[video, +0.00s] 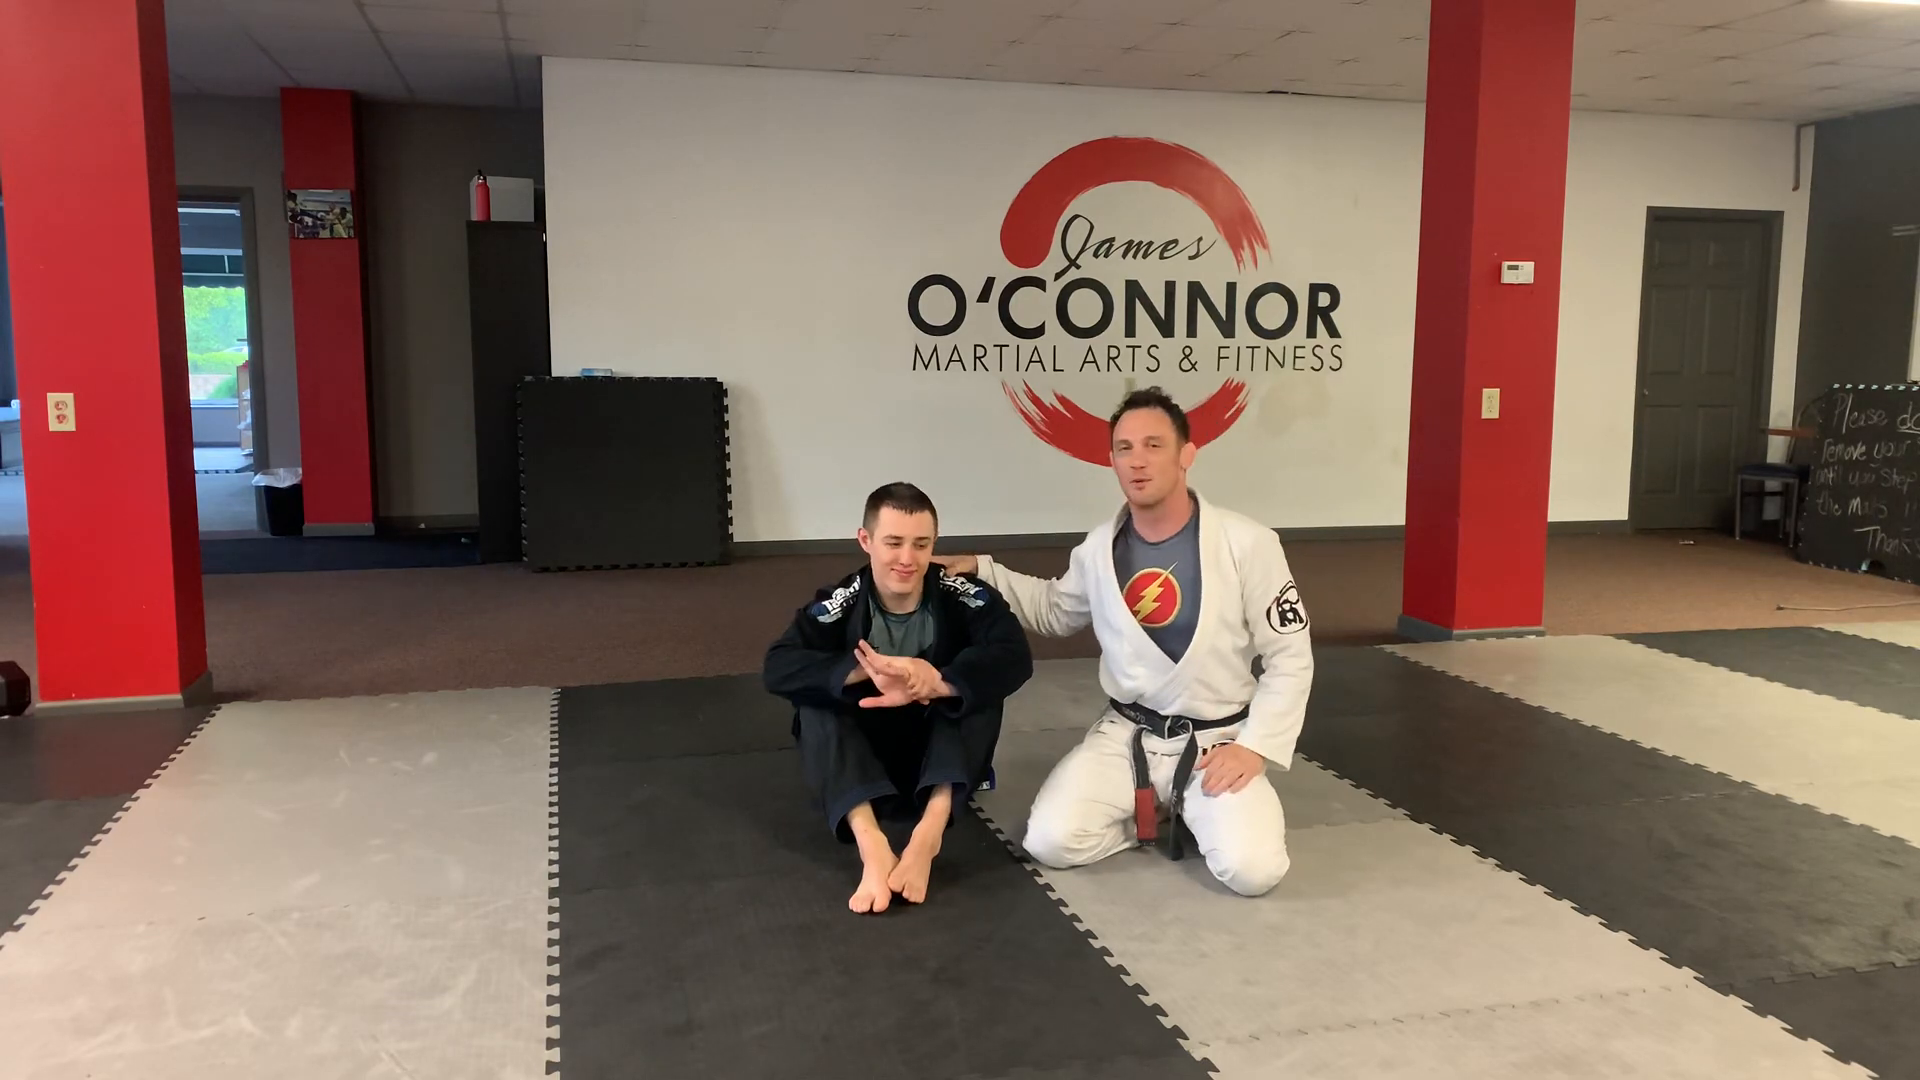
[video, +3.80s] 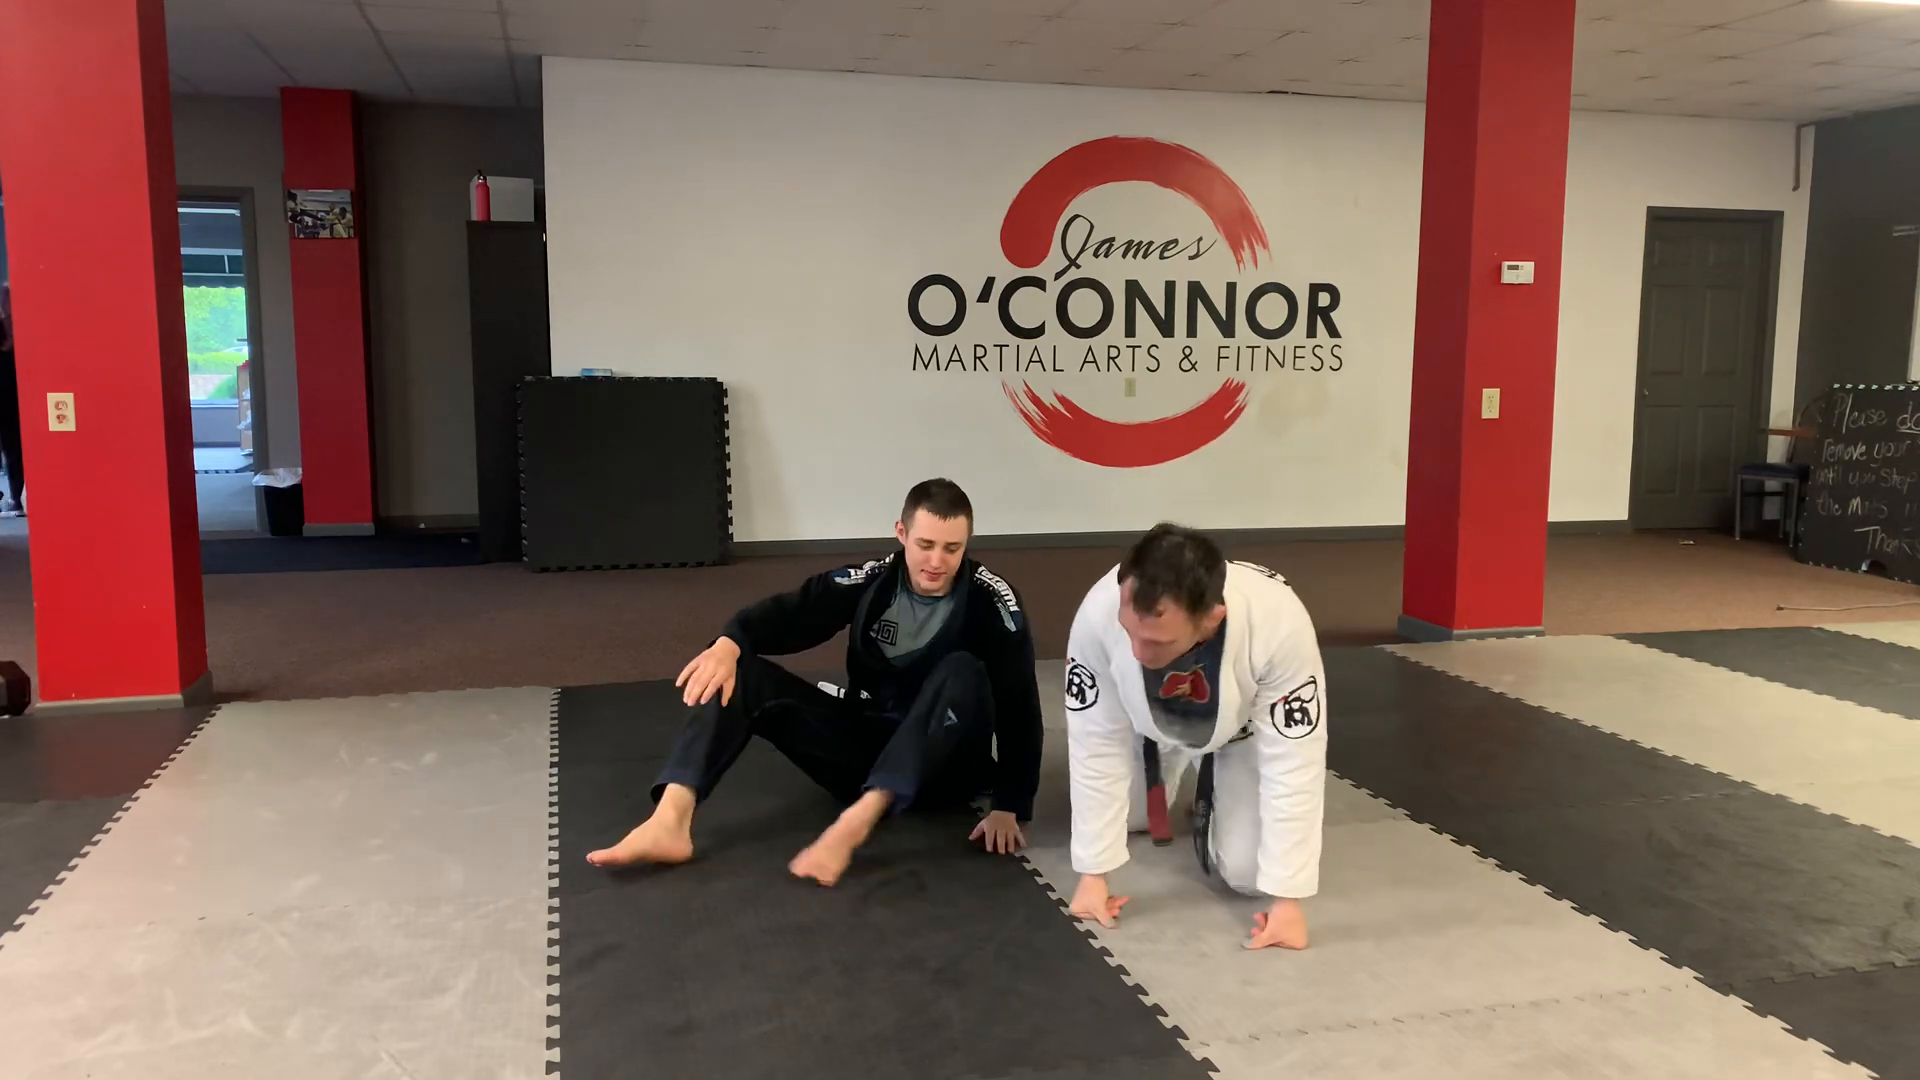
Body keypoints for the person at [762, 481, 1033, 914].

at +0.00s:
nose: (907, 557)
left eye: (920, 545)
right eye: (894, 543)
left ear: (933, 545)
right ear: (865, 542)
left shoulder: (967, 596)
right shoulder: (841, 603)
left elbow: (1014, 657)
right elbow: (779, 668)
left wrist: (940, 683)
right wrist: (861, 669)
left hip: (941, 755)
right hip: (862, 757)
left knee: (979, 685)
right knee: (815, 701)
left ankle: (930, 831)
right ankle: (871, 843)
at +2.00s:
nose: (903, 556)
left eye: (913, 540)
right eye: (886, 543)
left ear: (925, 538)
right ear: (858, 545)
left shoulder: (959, 592)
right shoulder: (837, 603)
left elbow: (1017, 656)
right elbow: (782, 669)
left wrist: (927, 707)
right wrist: (880, 692)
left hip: (938, 753)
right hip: (860, 755)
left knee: (987, 698)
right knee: (811, 707)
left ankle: (930, 836)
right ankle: (871, 846)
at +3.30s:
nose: (914, 550)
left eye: (925, 535)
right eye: (900, 536)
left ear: (936, 532)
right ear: (870, 536)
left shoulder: (972, 596)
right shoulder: (843, 597)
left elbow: (1011, 671)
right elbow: (776, 658)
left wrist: (965, 717)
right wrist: (845, 692)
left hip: (937, 765)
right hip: (860, 760)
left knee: (969, 660)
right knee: (808, 698)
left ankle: (928, 836)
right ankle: (857, 848)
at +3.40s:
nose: (920, 548)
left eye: (932, 534)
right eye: (906, 534)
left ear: (943, 533)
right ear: (877, 533)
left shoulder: (979, 601)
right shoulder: (848, 592)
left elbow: (1020, 685)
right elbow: (766, 649)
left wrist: (1002, 733)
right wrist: (794, 685)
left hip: (936, 764)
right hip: (858, 760)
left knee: (967, 661)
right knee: (793, 677)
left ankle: (928, 832)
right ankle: (821, 841)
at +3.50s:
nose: (927, 549)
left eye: (939, 535)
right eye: (913, 534)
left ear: (951, 533)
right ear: (885, 531)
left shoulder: (983, 604)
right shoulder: (853, 591)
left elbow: (1023, 699)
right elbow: (764, 637)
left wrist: (1015, 766)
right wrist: (755, 670)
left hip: (944, 767)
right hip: (861, 764)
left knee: (958, 659)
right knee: (777, 671)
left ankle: (924, 831)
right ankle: (775, 840)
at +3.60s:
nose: (932, 552)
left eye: (945, 539)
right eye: (919, 537)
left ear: (958, 537)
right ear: (894, 532)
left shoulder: (986, 606)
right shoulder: (863, 586)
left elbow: (1023, 710)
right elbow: (785, 618)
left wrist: (1018, 794)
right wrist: (735, 651)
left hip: (945, 765)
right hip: (863, 758)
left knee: (946, 659)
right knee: (758, 669)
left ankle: (918, 831)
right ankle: (722, 830)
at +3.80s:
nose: (937, 561)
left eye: (952, 548)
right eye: (926, 545)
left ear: (968, 544)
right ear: (901, 534)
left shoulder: (994, 604)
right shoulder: (871, 580)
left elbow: (1022, 714)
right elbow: (794, 613)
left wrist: (1011, 808)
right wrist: (730, 642)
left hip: (943, 765)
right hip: (860, 750)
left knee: (961, 671)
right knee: (743, 668)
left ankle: (854, 822)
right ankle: (672, 817)